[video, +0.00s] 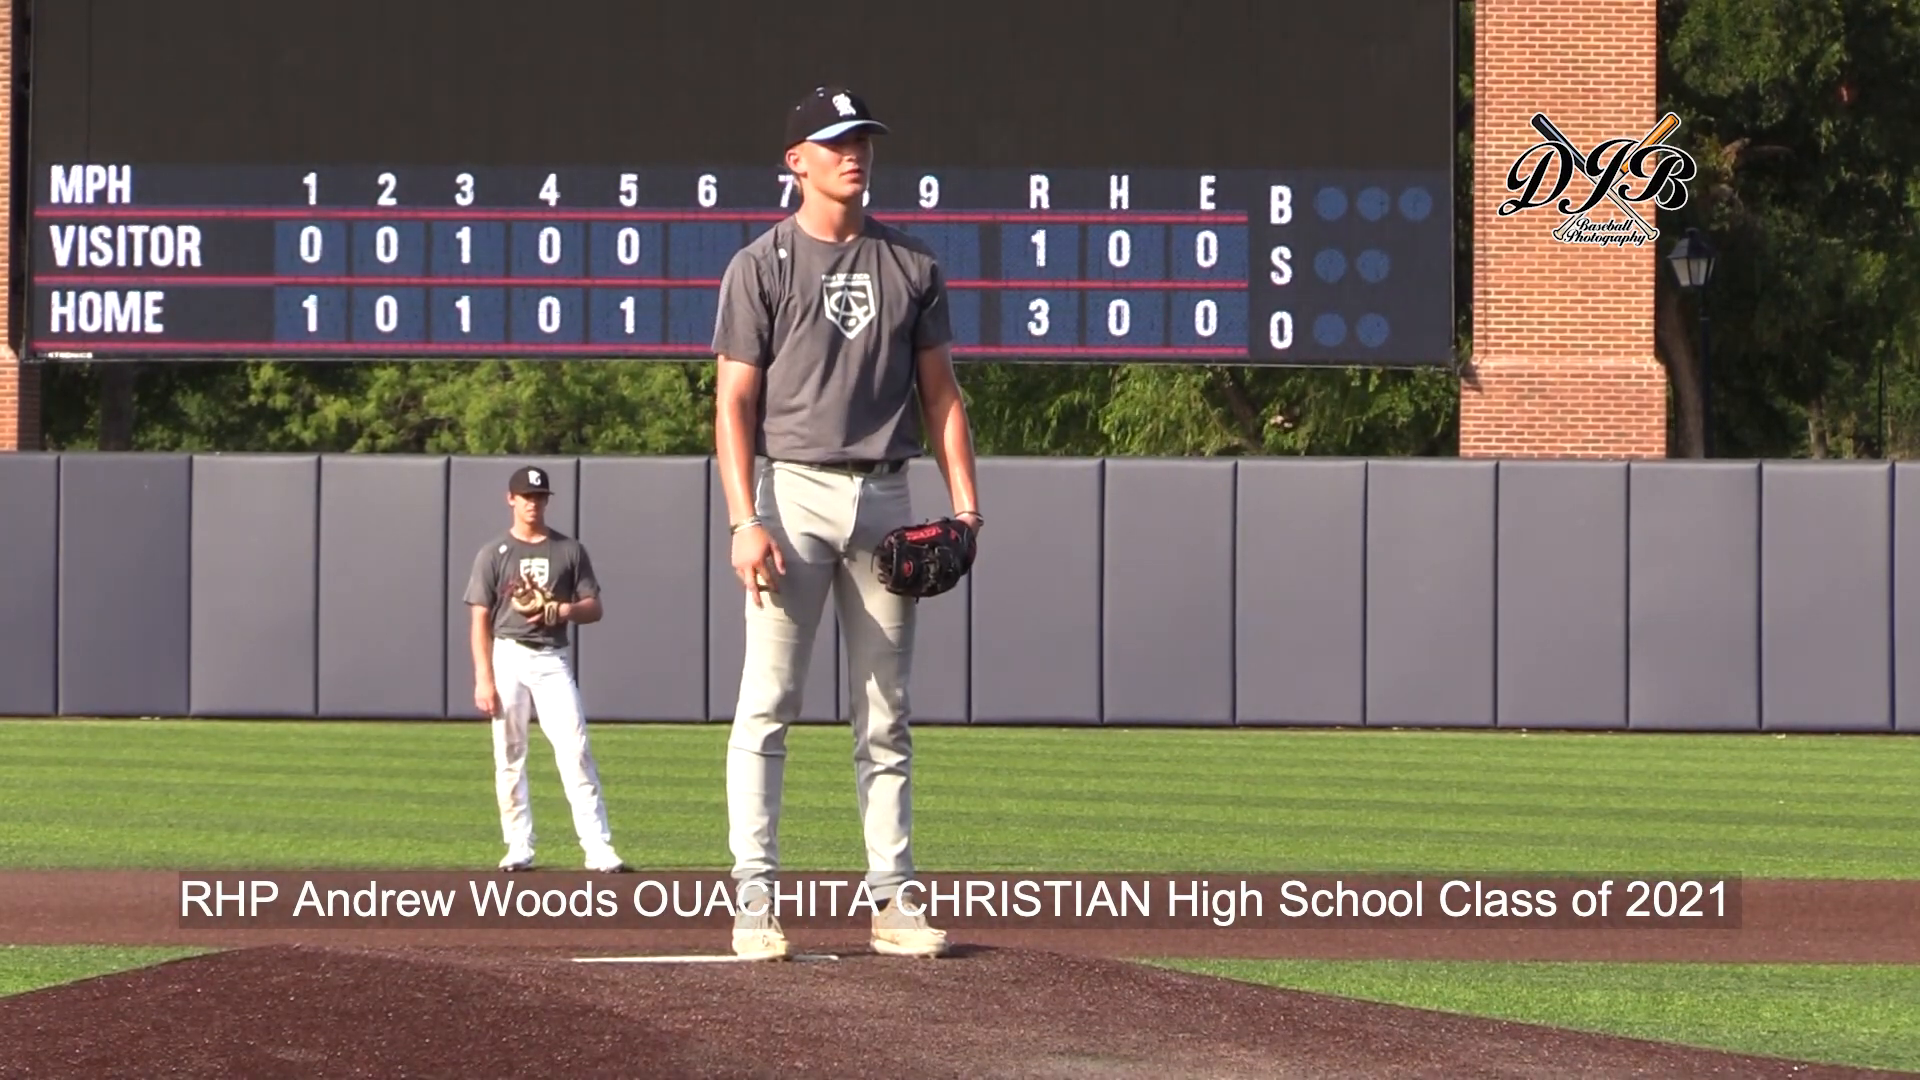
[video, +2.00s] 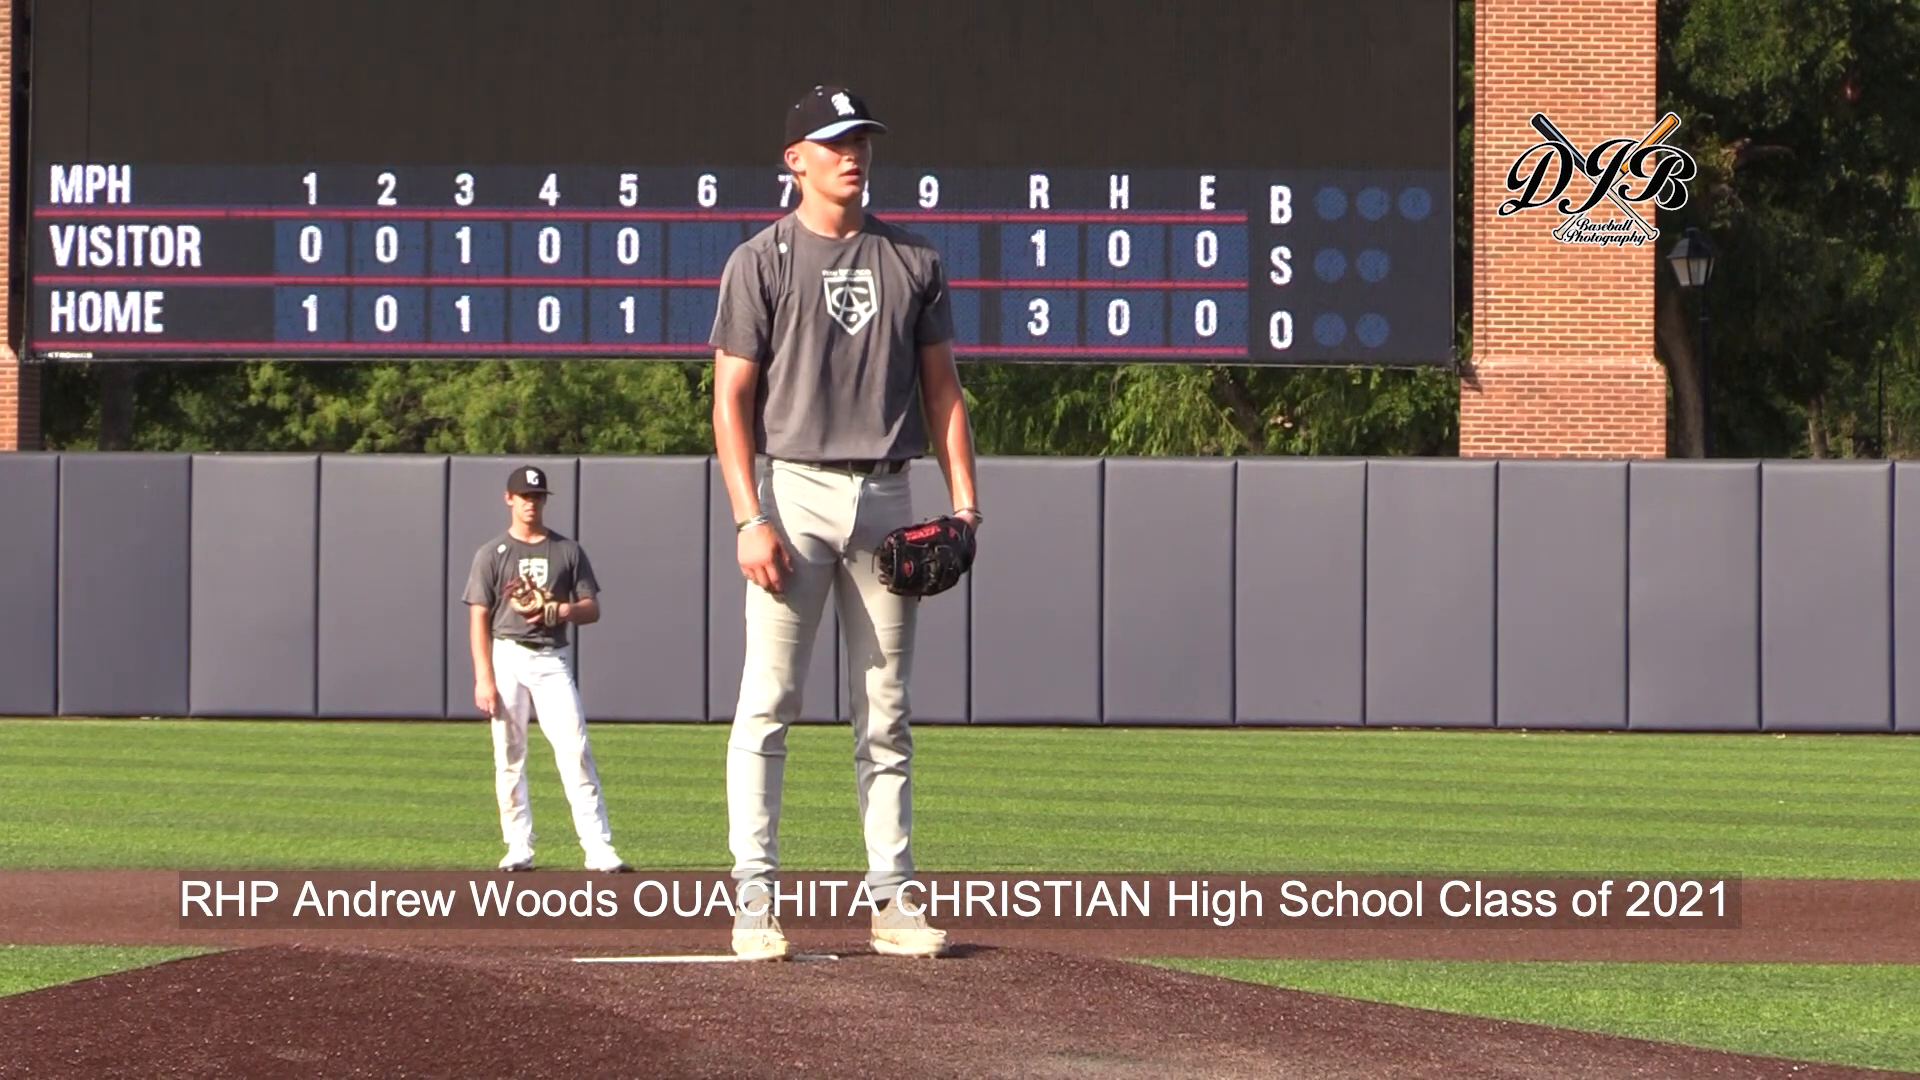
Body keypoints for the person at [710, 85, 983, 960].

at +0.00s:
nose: (854, 159)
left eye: (861, 145)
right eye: (837, 147)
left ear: (871, 158)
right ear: (799, 160)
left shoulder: (911, 267)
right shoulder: (758, 267)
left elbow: (942, 395)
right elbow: (732, 405)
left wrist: (965, 507)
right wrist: (744, 520)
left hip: (887, 497)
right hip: (790, 493)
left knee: (885, 712)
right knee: (768, 705)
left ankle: (893, 897)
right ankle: (755, 895)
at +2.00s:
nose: (852, 158)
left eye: (860, 145)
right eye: (835, 146)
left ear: (870, 156)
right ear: (797, 159)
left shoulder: (913, 263)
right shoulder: (760, 261)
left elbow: (943, 390)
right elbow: (730, 400)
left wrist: (964, 502)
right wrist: (750, 519)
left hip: (889, 497)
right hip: (792, 493)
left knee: (886, 711)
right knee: (769, 704)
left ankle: (892, 899)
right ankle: (755, 894)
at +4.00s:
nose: (926, 165)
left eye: (936, 151)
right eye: (908, 154)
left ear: (953, 160)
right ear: (878, 167)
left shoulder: (983, 251)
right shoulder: (862, 268)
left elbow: (992, 397)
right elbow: (850, 386)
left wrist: (897, 479)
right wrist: (819, 460)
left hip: (960, 502)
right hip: (877, 502)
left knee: (964, 705)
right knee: (858, 704)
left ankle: (972, 908)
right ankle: (878, 899)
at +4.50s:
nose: (901, 165)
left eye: (911, 150)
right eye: (884, 153)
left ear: (930, 160)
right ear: (857, 167)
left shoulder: (953, 244)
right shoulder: (858, 263)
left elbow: (932, 383)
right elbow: (846, 381)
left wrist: (817, 423)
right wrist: (784, 405)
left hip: (930, 486)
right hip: (867, 490)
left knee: (870, 686)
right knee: (851, 697)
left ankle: (940, 882)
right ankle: (880, 898)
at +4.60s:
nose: (895, 165)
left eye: (906, 150)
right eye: (879, 153)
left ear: (926, 160)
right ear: (853, 166)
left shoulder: (948, 243)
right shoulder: (865, 261)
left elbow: (914, 378)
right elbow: (849, 368)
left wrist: (796, 391)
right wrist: (780, 368)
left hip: (925, 479)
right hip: (873, 479)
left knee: (797, 630)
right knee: (868, 696)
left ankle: (872, 829)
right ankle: (874, 908)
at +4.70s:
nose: (889, 168)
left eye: (902, 153)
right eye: (873, 155)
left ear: (925, 162)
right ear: (851, 170)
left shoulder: (946, 242)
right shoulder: (869, 264)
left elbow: (893, 371)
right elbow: (853, 387)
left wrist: (778, 343)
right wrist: (779, 342)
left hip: (920, 475)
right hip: (885, 476)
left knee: (741, 557)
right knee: (863, 704)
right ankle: (882, 906)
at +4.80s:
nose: (886, 173)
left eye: (899, 157)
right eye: (870, 160)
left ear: (924, 166)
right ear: (850, 174)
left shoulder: (943, 242)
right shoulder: (875, 263)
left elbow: (871, 360)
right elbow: (839, 380)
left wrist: (773, 303)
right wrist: (778, 309)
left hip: (918, 473)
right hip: (894, 477)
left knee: (713, 481)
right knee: (864, 702)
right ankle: (879, 907)